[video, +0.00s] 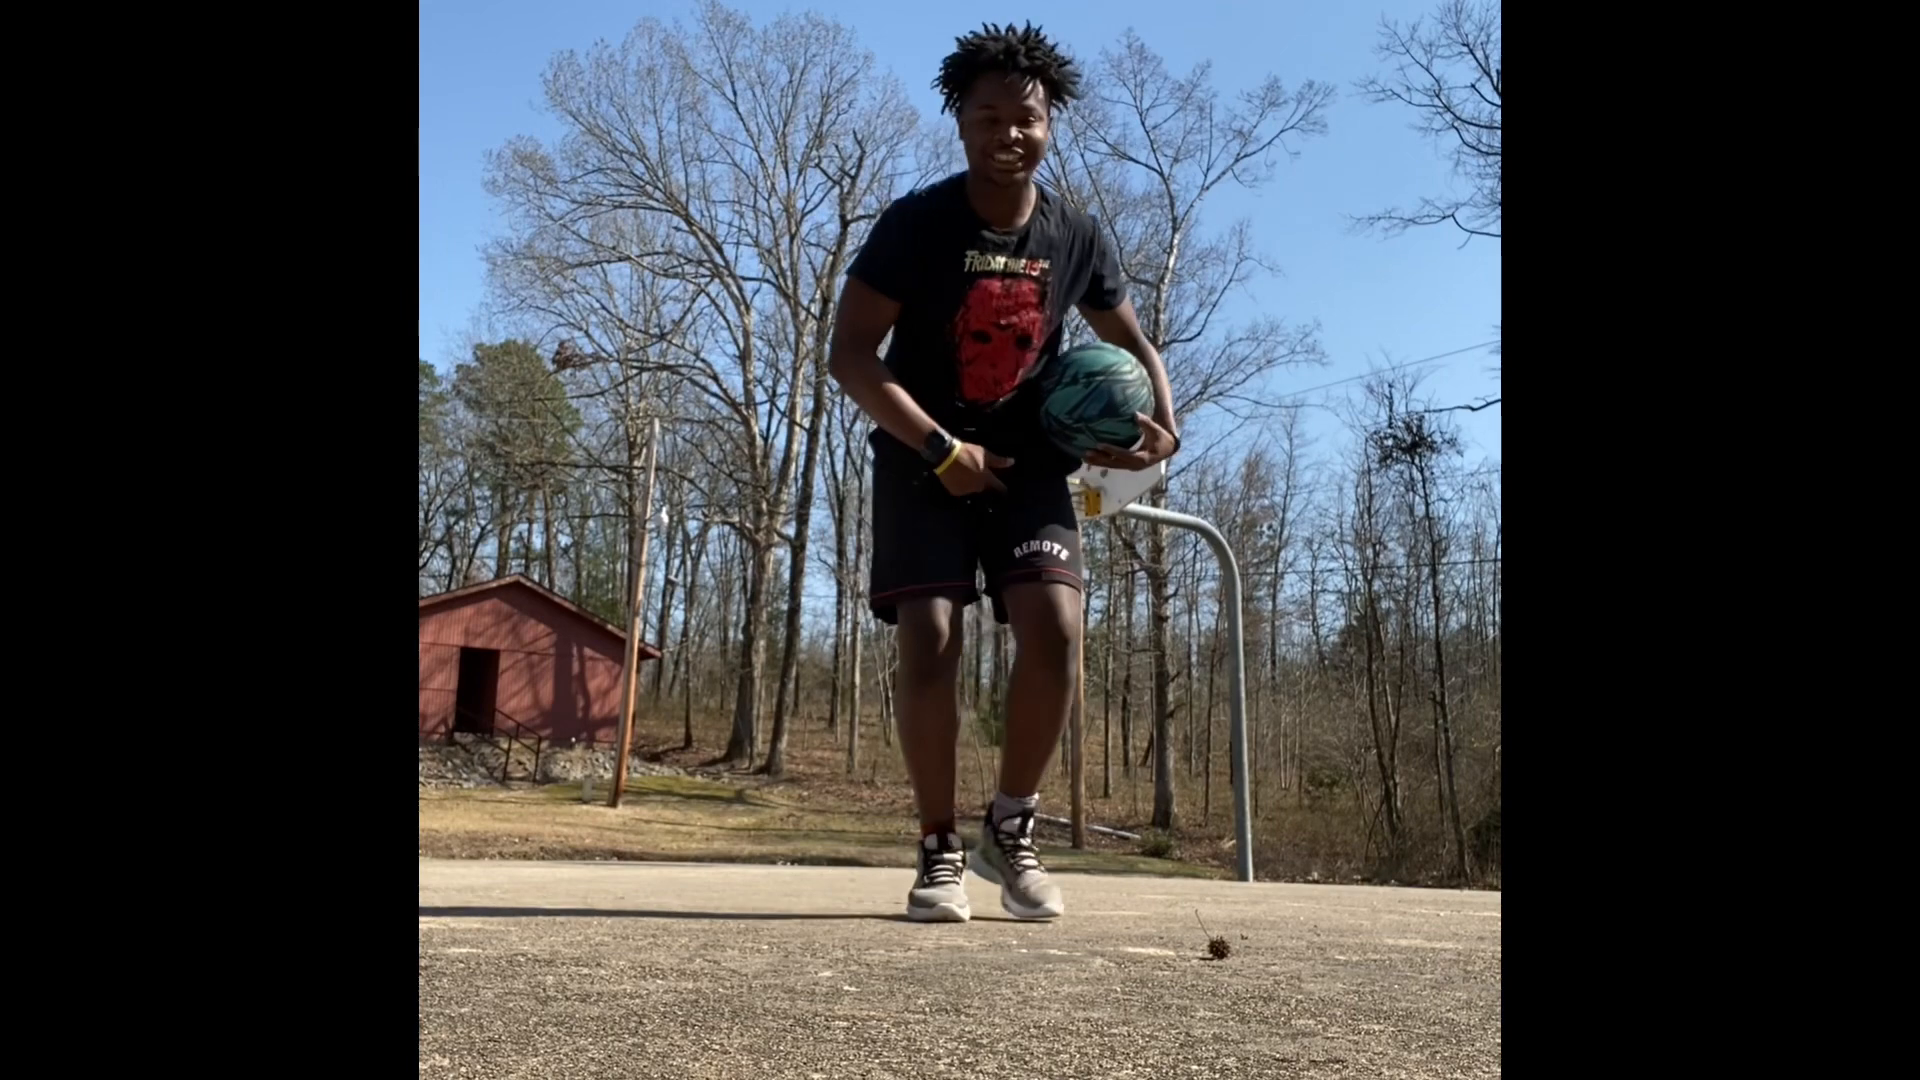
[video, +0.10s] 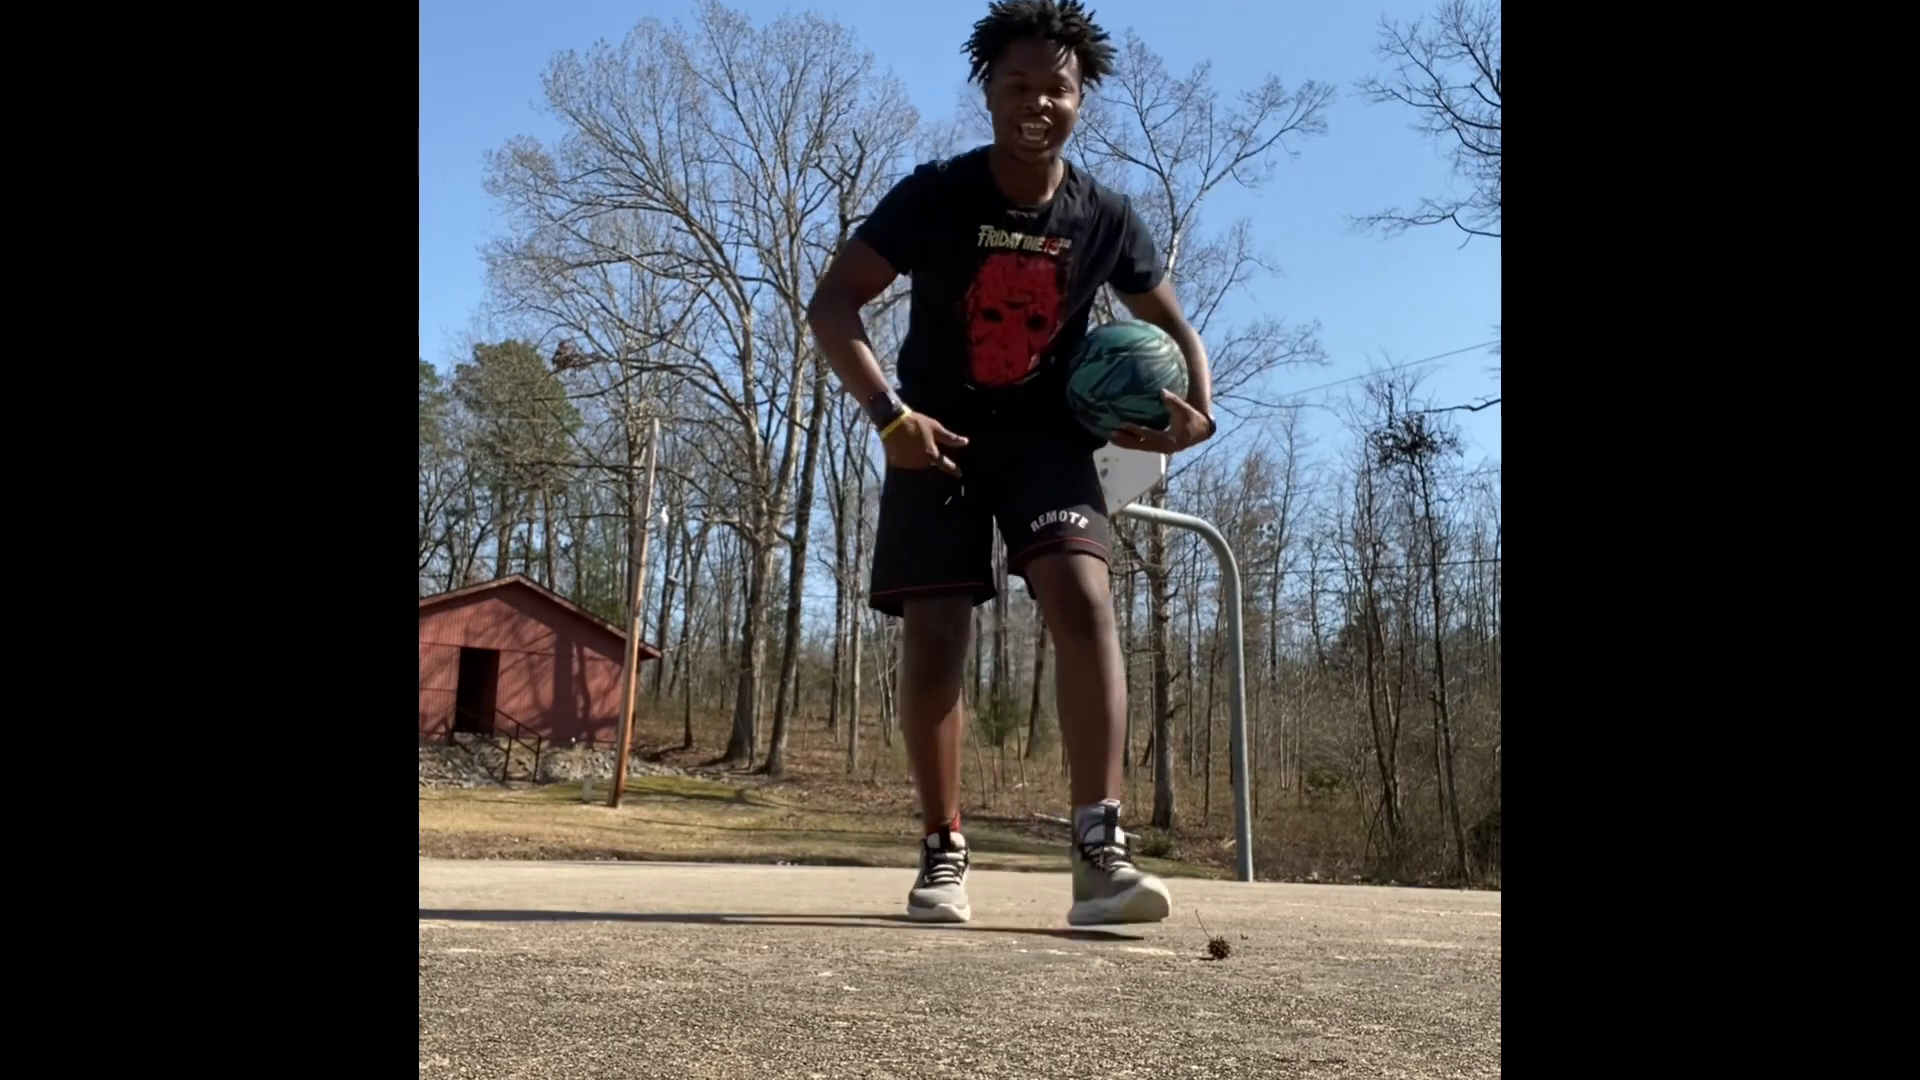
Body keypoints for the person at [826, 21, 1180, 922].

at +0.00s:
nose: (1008, 134)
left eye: (1025, 118)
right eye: (989, 119)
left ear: (1050, 126)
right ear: (960, 127)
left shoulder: (1076, 235)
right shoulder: (913, 225)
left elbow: (1131, 346)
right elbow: (850, 356)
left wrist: (1166, 426)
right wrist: (937, 445)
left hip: (1032, 459)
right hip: (922, 453)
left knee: (1057, 630)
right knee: (929, 640)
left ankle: (1010, 829)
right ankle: (939, 853)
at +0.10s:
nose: (1037, 103)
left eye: (1056, 87)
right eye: (1018, 85)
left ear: (1081, 101)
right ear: (987, 92)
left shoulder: (1106, 220)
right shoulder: (931, 197)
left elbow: (1171, 325)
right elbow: (831, 309)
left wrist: (1203, 410)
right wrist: (887, 411)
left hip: (1052, 440)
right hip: (937, 434)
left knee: (1083, 596)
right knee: (934, 636)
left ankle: (1101, 855)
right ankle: (943, 853)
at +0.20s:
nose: (1079, 96)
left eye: (1100, 82)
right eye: (1061, 75)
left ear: (1123, 96)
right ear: (1028, 79)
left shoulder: (1143, 214)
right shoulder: (960, 180)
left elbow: (1220, 322)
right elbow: (819, 243)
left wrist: (1248, 408)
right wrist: (832, 332)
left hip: (1078, 443)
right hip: (958, 438)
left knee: (1117, 589)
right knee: (946, 651)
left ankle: (1172, 824)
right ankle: (945, 855)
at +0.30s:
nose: (1128, 98)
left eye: (1151, 85)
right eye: (1111, 73)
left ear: (1174, 102)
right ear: (1074, 72)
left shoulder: (1184, 224)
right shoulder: (997, 176)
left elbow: (1266, 339)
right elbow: (857, 210)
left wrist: (1313, 432)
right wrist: (819, 222)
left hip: (1109, 449)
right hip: (986, 447)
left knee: (1153, 599)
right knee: (961, 680)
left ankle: (1195, 874)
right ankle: (949, 851)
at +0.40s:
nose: (1160, 71)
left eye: (1184, 57)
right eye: (1142, 46)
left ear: (1208, 76)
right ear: (1106, 50)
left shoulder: (1220, 210)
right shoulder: (1020, 157)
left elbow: (1273, 355)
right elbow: (865, 218)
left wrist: (1334, 455)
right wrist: (842, 205)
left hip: (1143, 422)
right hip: (1018, 423)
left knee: (1187, 588)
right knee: (1005, 644)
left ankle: (1202, 878)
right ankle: (961, 818)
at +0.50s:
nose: (1165, 11)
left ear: (1215, 17)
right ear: (1112, 6)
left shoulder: (1239, 153)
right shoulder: (1036, 108)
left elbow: (1280, 307)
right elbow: (902, 218)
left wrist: (1351, 394)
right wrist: (962, 269)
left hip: (1156, 399)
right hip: (1032, 394)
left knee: (1193, 587)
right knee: (1038, 609)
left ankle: (1201, 873)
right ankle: (993, 793)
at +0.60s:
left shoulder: (1243, 97)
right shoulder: (1034, 76)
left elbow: (1295, 246)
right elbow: (965, 242)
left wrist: (1345, 320)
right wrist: (1067, 301)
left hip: (1177, 367)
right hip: (1043, 359)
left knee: (1202, 580)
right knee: (1045, 578)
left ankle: (1207, 871)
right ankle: (1006, 816)